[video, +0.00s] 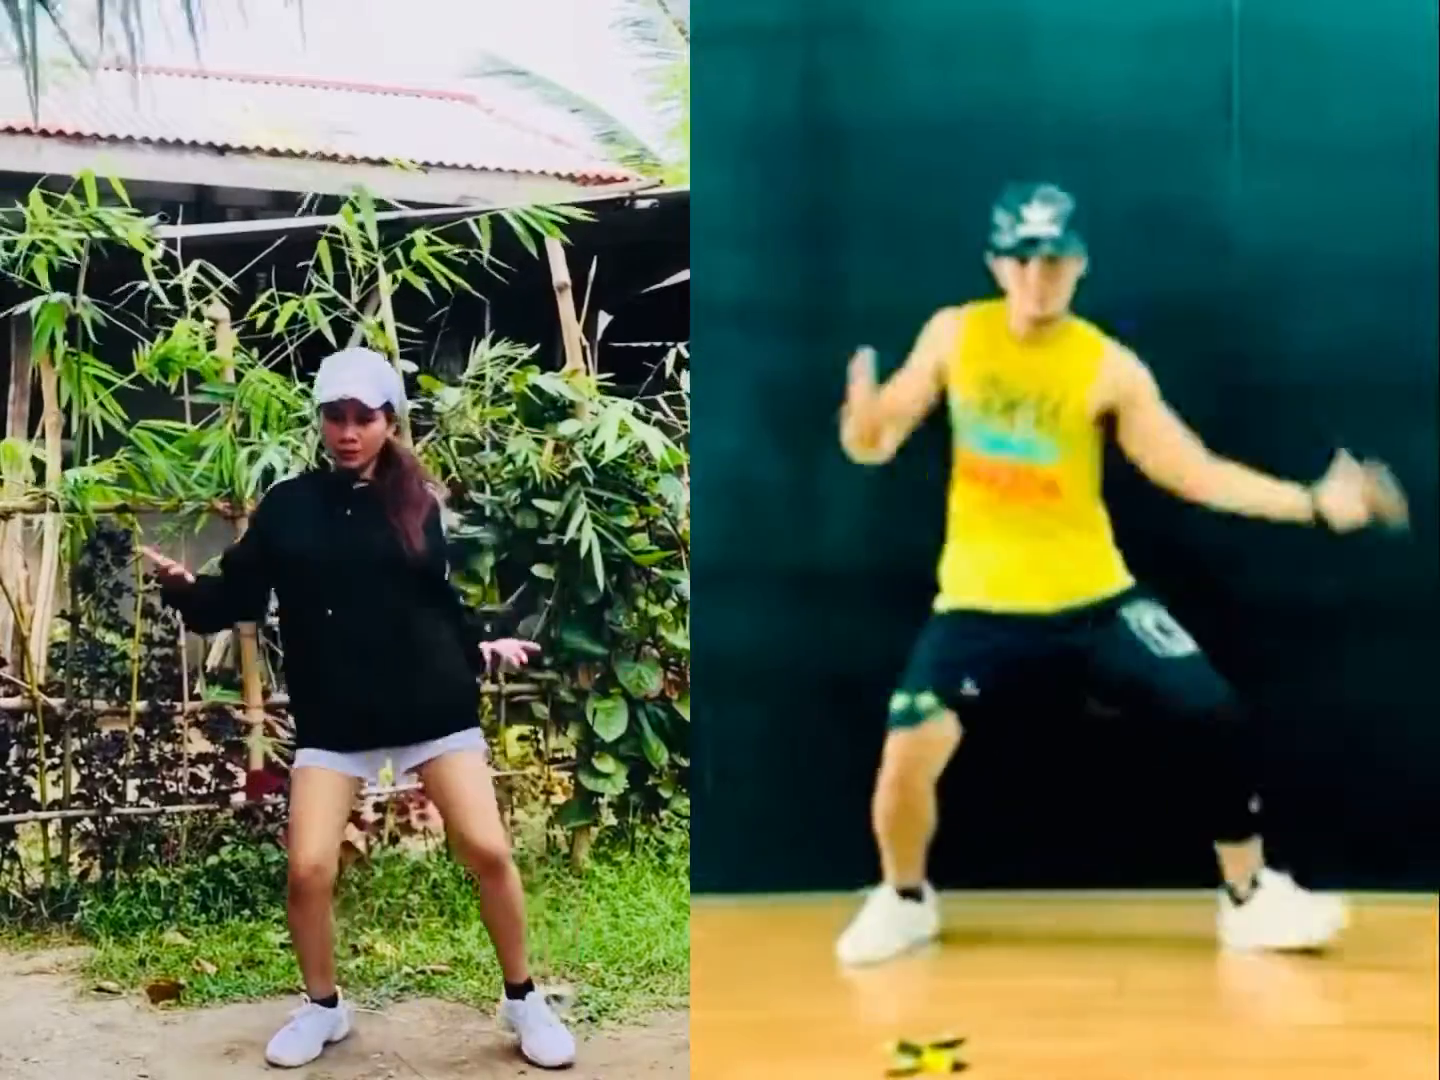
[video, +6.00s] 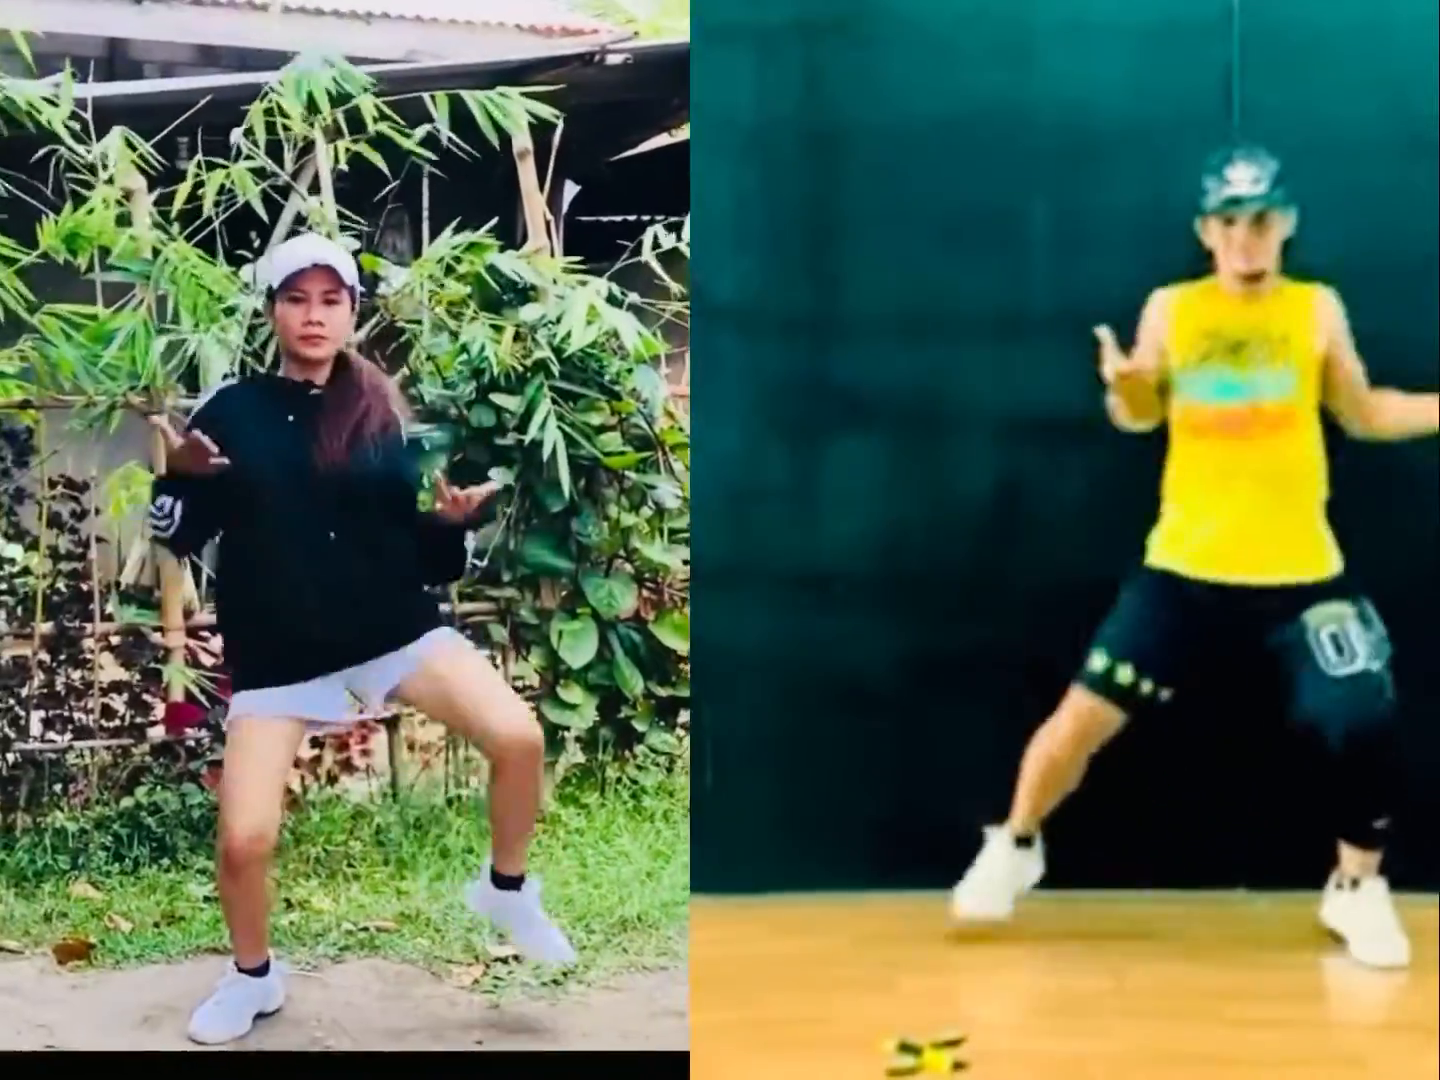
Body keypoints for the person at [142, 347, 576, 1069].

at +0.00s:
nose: (345, 432)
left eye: (361, 418)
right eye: (333, 417)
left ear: (390, 422)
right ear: (317, 422)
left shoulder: (416, 501)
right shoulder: (285, 507)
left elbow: (437, 599)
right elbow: (236, 599)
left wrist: (484, 639)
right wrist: (186, 590)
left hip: (437, 710)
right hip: (331, 721)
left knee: (489, 850)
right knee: (307, 869)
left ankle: (522, 998)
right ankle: (323, 1006)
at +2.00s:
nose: (340, 409)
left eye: (356, 396)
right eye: (327, 395)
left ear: (381, 408)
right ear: (310, 404)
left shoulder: (403, 486)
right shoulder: (275, 500)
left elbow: (441, 576)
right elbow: (250, 600)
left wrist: (481, 593)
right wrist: (237, 633)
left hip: (397, 680)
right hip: (303, 706)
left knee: (516, 738)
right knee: (297, 867)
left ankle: (445, 851)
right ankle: (310, 1008)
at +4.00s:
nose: (367, 424)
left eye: (383, 412)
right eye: (352, 411)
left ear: (403, 429)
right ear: (333, 428)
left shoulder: (416, 522)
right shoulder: (295, 510)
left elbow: (486, 627)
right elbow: (229, 599)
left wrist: (491, 568)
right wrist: (159, 644)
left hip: (409, 697)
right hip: (323, 728)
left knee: (501, 712)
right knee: (310, 895)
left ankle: (463, 843)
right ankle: (330, 1012)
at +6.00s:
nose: (315, 315)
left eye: (332, 300)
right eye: (298, 299)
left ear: (354, 316)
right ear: (273, 312)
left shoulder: (378, 406)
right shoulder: (231, 412)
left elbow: (423, 555)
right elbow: (182, 538)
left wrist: (451, 517)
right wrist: (178, 480)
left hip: (392, 630)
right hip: (274, 656)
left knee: (519, 735)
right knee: (243, 841)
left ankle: (506, 889)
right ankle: (252, 975)